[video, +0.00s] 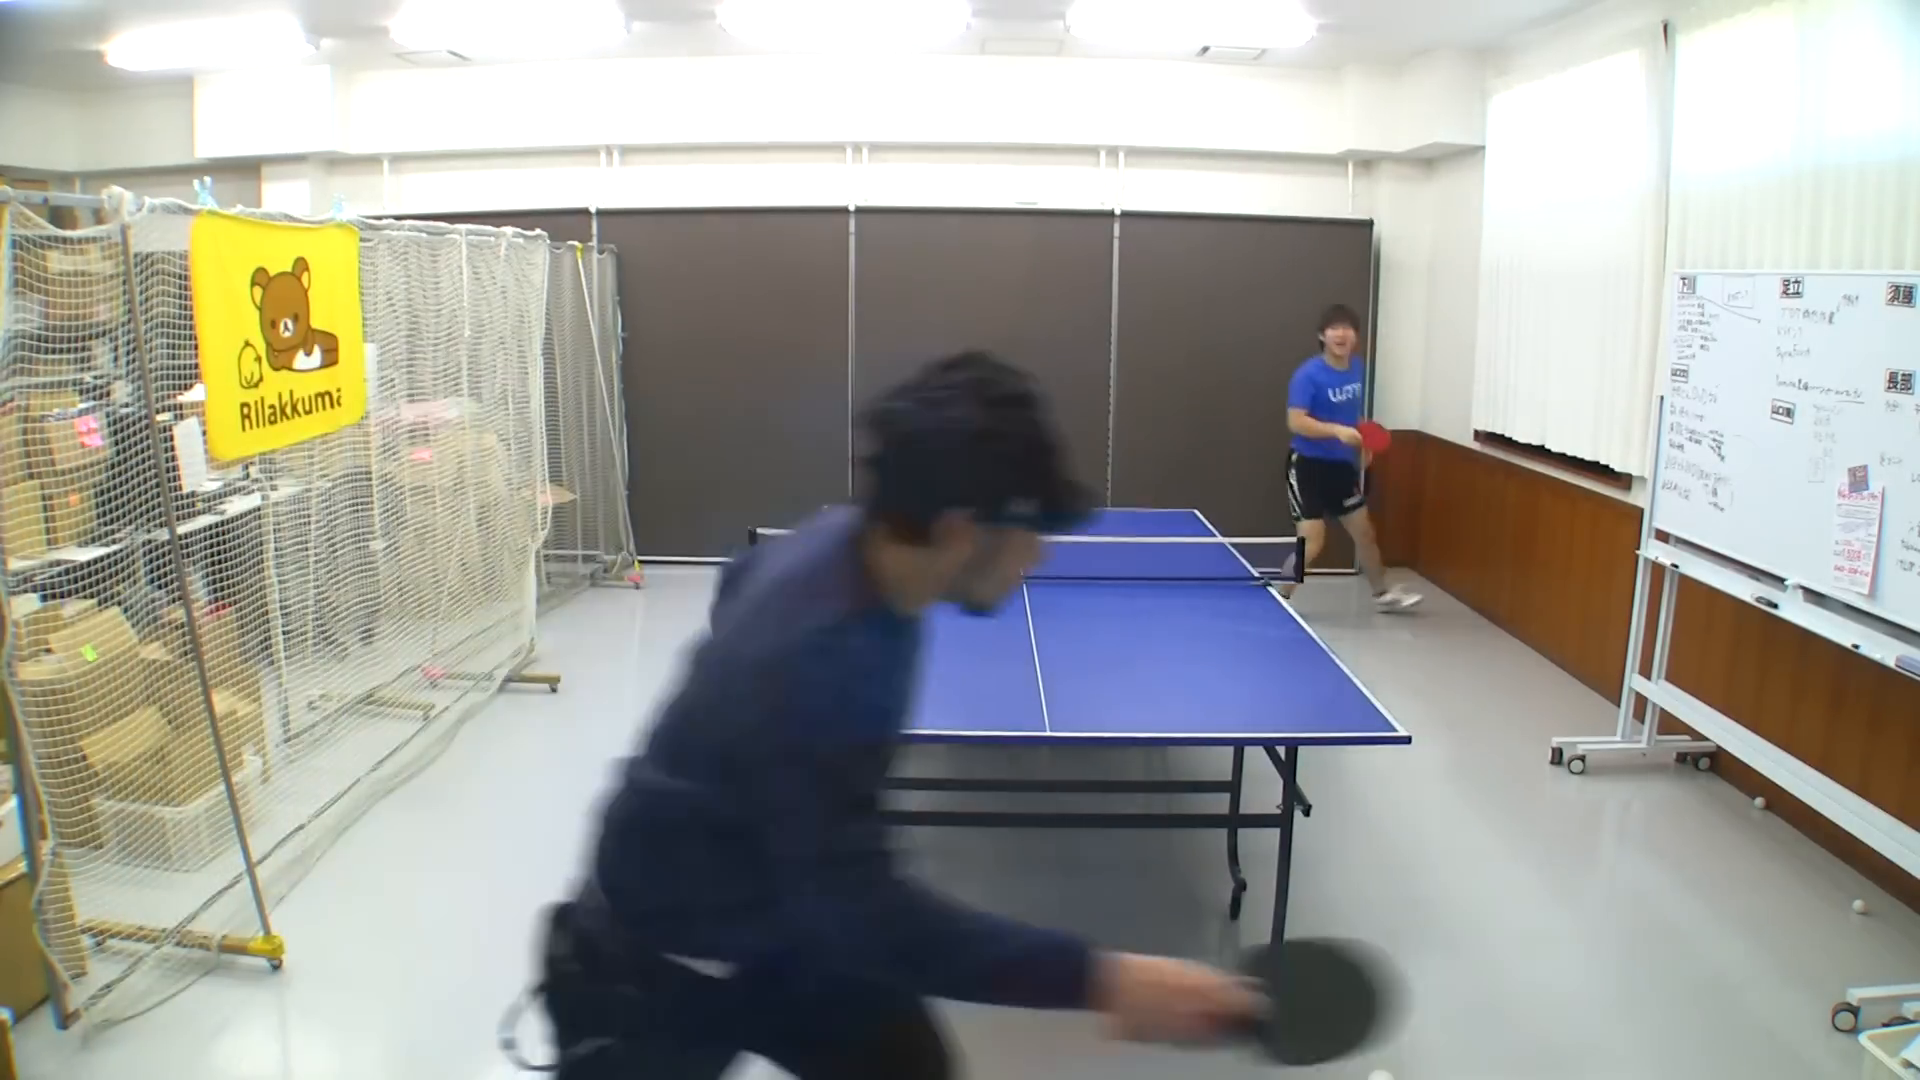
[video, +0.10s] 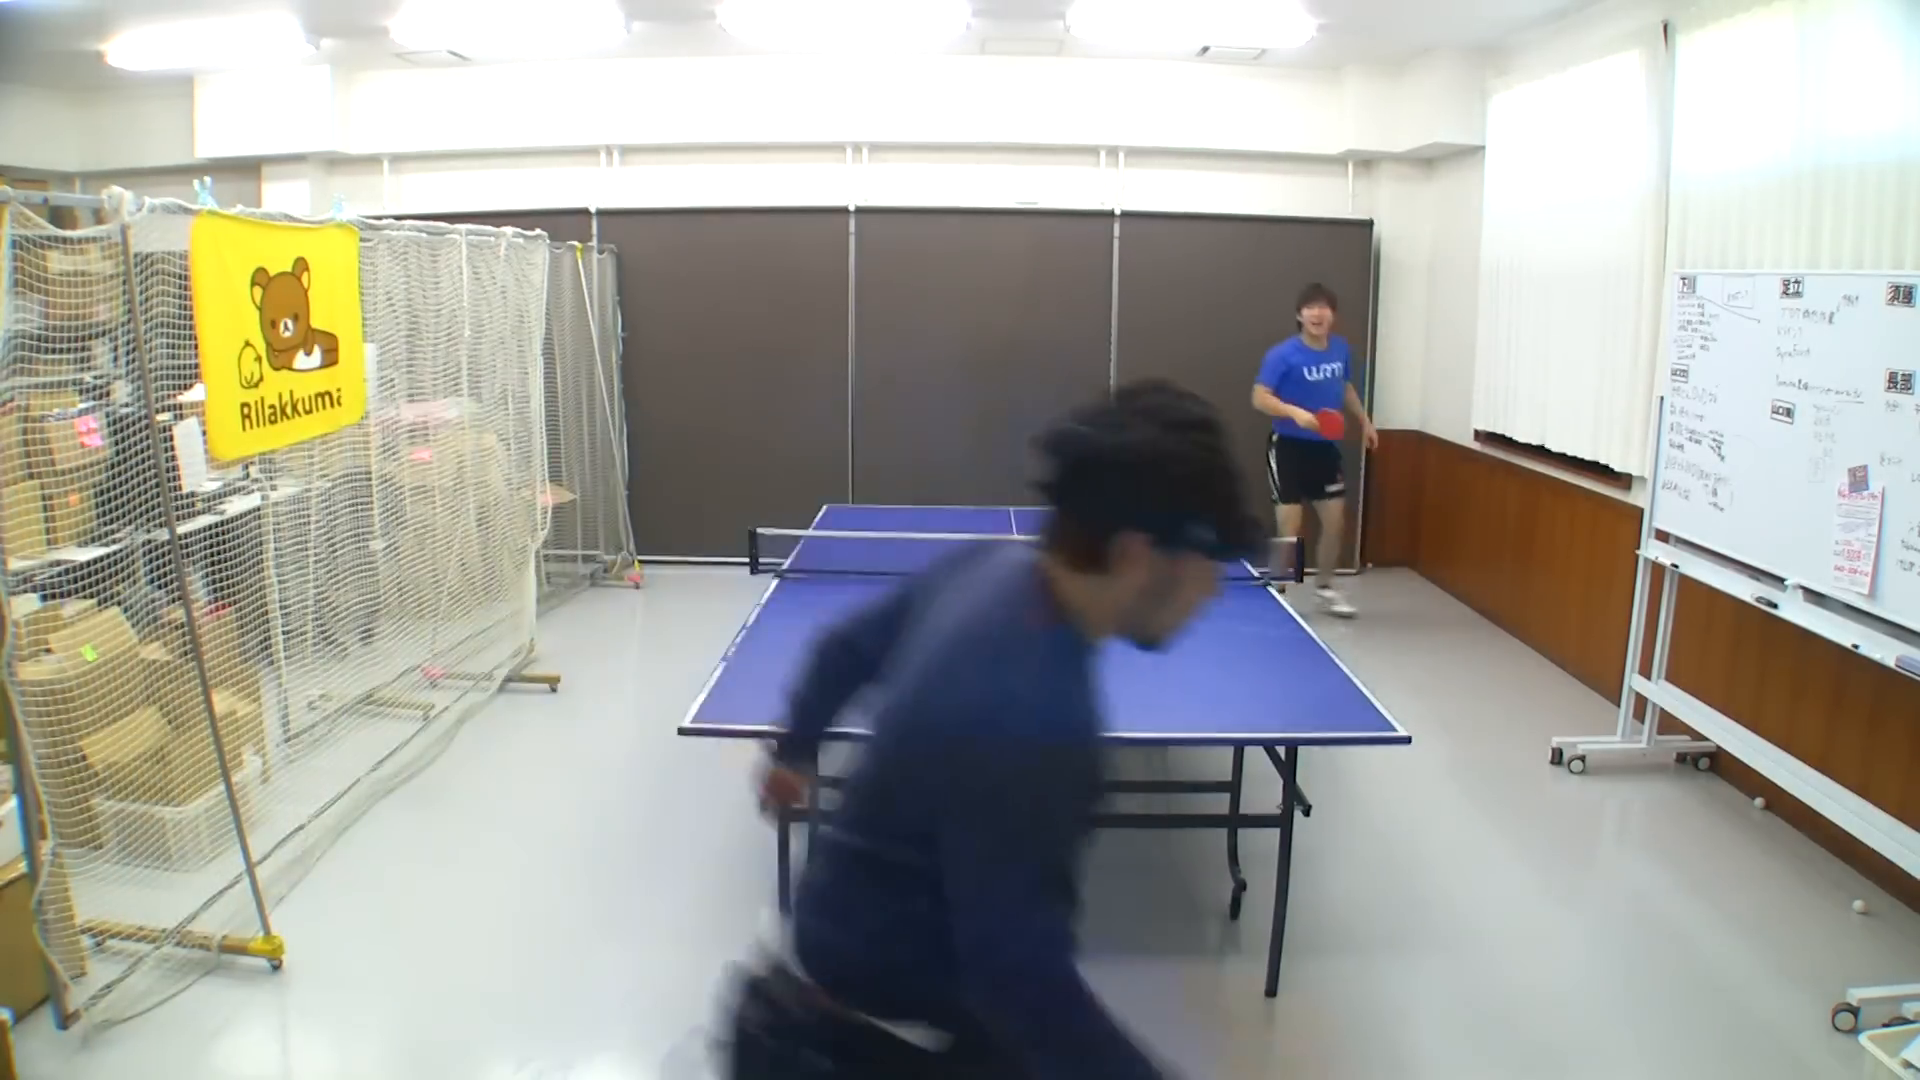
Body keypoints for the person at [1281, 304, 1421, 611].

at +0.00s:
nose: (1341, 335)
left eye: (1347, 329)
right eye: (1334, 328)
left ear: (1356, 336)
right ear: (1322, 335)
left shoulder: (1358, 370)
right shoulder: (1308, 374)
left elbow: (1357, 414)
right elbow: (1295, 421)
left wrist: (1364, 445)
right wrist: (1338, 430)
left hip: (1342, 463)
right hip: (1307, 464)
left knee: (1365, 533)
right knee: (1312, 544)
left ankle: (1382, 593)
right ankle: (1278, 600)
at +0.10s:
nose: (1318, 315)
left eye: (1324, 309)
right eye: (1311, 308)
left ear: (1333, 314)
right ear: (1299, 314)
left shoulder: (1339, 350)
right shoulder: (1281, 355)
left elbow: (1343, 387)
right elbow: (1259, 397)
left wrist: (1364, 420)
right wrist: (1294, 413)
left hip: (1326, 445)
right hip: (1289, 445)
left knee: (1334, 519)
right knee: (1290, 525)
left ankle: (1325, 586)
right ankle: (1278, 590)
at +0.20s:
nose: (1294, 308)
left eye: (1301, 300)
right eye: (1289, 300)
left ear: (1312, 305)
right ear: (1280, 305)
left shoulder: (1324, 341)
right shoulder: (1260, 343)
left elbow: (1337, 379)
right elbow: (1233, 383)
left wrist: (1357, 415)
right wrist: (1258, 409)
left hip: (1309, 436)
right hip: (1270, 436)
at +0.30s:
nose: (1272, 313)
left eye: (1278, 307)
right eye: (1265, 307)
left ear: (1289, 314)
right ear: (1255, 315)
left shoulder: (1306, 351)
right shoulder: (1239, 352)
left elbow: (1317, 386)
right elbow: (1212, 389)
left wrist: (1330, 417)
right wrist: (1223, 418)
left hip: (1283, 444)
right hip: (1244, 441)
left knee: (1275, 529)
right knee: (1229, 522)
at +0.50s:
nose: (1212, 324)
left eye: (1220, 317)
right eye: (1206, 318)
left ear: (1233, 325)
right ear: (1197, 325)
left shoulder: (1252, 366)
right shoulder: (1186, 368)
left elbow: (1263, 413)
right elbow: (1180, 403)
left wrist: (1261, 463)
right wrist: (1173, 427)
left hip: (1233, 466)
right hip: (1192, 462)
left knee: (1236, 538)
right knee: (1172, 526)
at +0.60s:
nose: (1179, 320)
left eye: (1187, 313)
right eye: (1173, 313)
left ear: (1200, 322)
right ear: (1165, 321)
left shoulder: (1222, 363)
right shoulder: (1159, 366)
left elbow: (1235, 412)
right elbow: (1155, 404)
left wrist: (1241, 464)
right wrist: (1147, 426)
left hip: (1202, 465)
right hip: (1164, 462)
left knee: (1199, 537)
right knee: (1149, 529)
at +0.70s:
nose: (1148, 312)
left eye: (1156, 305)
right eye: (1144, 306)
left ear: (1174, 314)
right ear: (1137, 315)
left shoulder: (1199, 357)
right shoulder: (1138, 361)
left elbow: (1215, 405)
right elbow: (1130, 397)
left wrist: (1224, 458)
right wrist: (1124, 413)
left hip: (1181, 456)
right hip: (1145, 454)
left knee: (1170, 526)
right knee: (1133, 524)